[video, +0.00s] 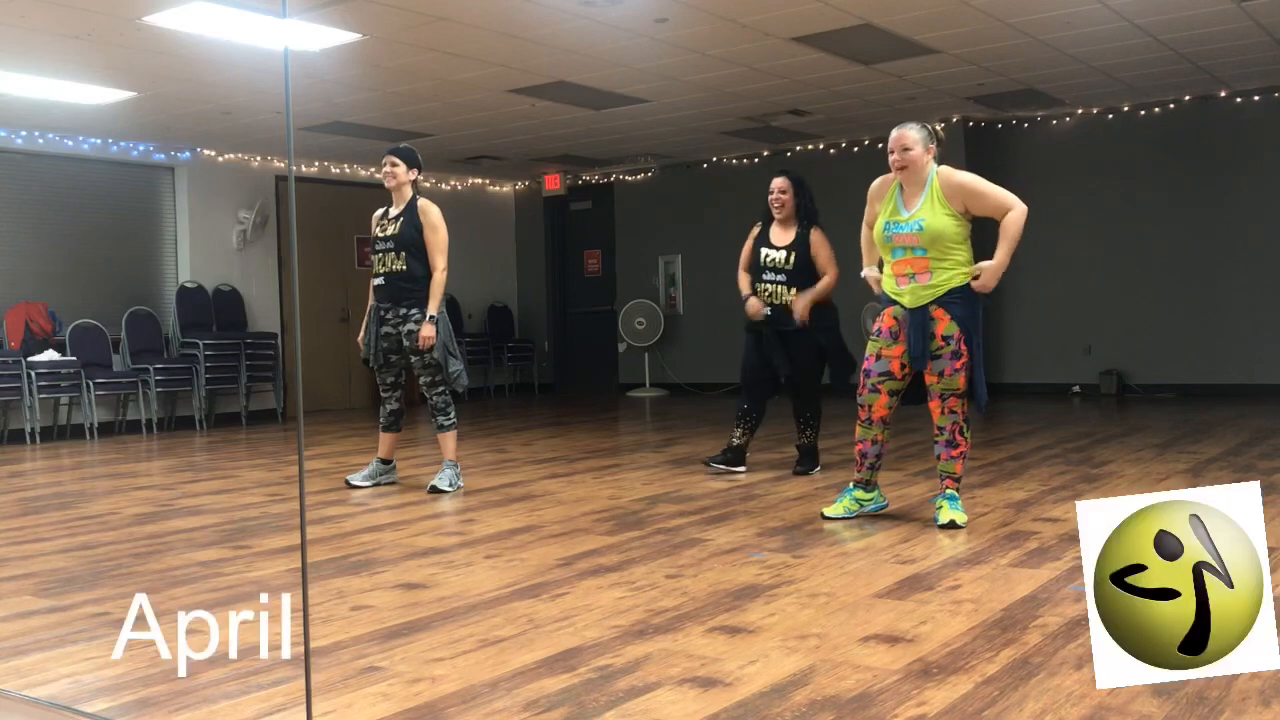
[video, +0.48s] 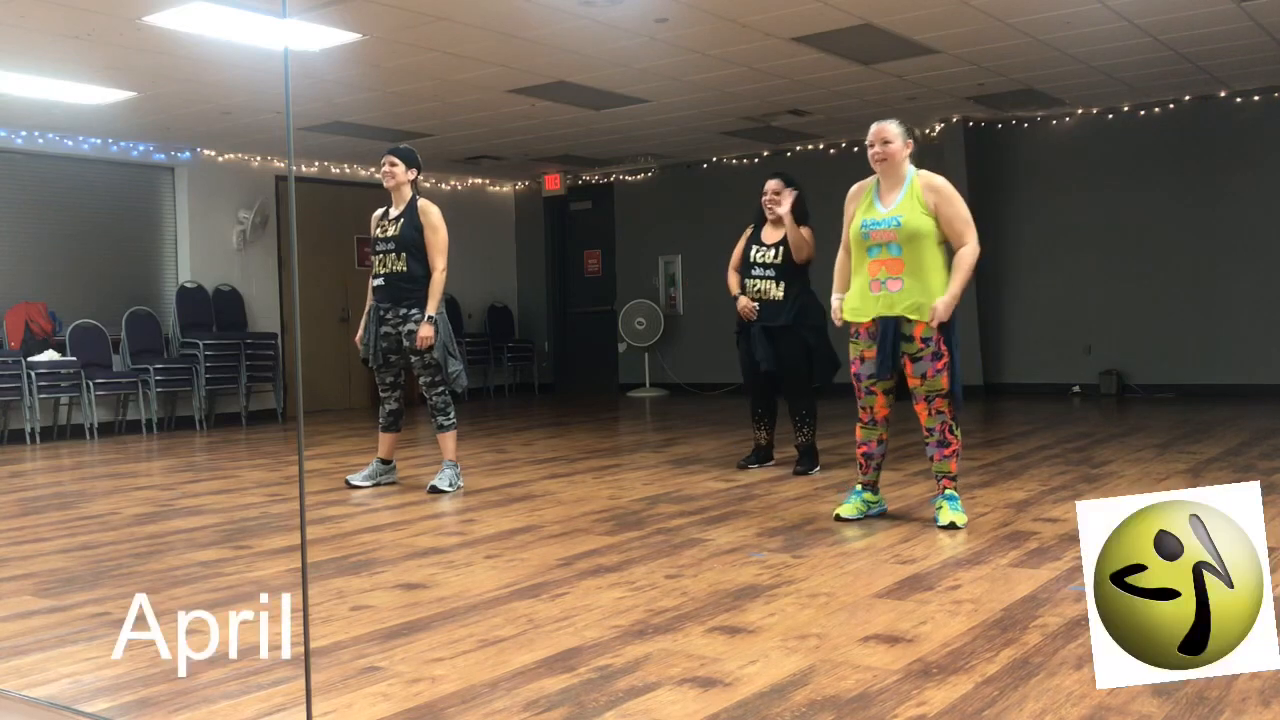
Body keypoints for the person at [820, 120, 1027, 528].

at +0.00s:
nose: (896, 158)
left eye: (905, 150)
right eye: (891, 151)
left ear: (929, 152)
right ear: (888, 155)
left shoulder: (953, 184)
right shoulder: (882, 189)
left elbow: (1015, 209)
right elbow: (869, 227)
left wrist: (998, 264)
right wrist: (870, 265)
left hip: (948, 306)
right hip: (895, 307)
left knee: (947, 401)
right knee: (872, 392)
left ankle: (949, 494)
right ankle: (865, 489)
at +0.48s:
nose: (876, 150)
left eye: (885, 142)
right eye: (871, 145)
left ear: (907, 147)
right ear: (866, 153)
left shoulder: (932, 187)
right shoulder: (858, 194)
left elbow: (968, 244)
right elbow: (846, 249)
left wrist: (950, 297)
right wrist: (837, 293)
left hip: (921, 317)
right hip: (866, 317)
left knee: (935, 406)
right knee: (869, 408)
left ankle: (946, 495)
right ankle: (867, 492)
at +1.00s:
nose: (852, 147)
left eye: (860, 141)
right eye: (846, 143)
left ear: (881, 149)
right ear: (840, 155)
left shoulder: (906, 191)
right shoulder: (826, 203)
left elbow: (943, 249)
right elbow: (801, 262)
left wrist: (937, 215)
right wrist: (779, 236)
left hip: (902, 315)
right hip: (845, 322)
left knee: (923, 403)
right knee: (857, 410)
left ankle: (946, 493)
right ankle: (866, 492)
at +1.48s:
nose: (889, 146)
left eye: (899, 139)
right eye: (883, 140)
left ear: (918, 147)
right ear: (876, 149)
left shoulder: (936, 190)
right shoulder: (858, 198)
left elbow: (973, 245)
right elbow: (815, 242)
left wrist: (955, 194)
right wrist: (812, 213)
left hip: (932, 312)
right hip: (873, 316)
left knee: (945, 405)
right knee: (874, 407)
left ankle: (962, 495)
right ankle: (868, 492)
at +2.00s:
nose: (919, 142)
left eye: (930, 135)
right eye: (915, 136)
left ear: (954, 145)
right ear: (910, 147)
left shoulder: (973, 192)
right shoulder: (896, 195)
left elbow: (1000, 259)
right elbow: (881, 258)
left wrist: (995, 323)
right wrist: (871, 310)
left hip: (958, 319)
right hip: (905, 320)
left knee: (963, 410)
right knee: (892, 407)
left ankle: (965, 497)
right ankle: (879, 492)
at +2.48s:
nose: (888, 143)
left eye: (897, 137)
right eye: (882, 139)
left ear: (919, 146)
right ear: (877, 151)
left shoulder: (939, 193)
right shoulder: (862, 198)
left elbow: (966, 257)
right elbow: (849, 260)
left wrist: (972, 315)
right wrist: (836, 314)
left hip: (927, 316)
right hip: (871, 320)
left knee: (943, 408)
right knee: (872, 410)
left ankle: (962, 496)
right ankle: (870, 492)